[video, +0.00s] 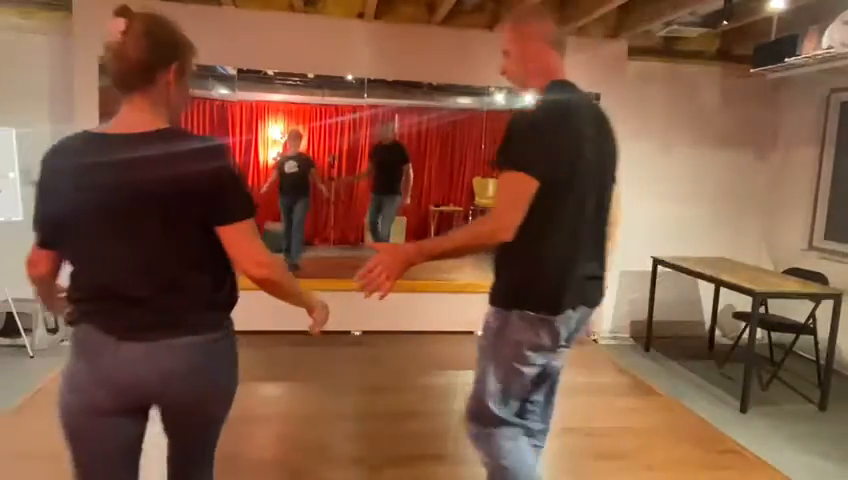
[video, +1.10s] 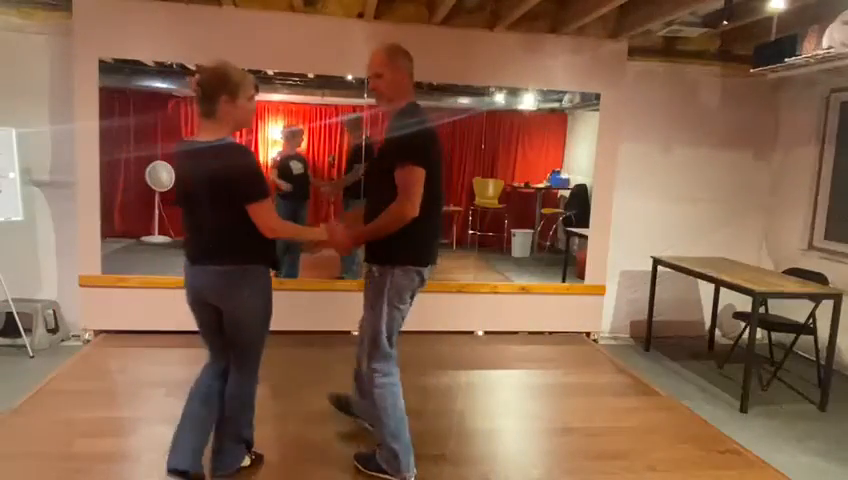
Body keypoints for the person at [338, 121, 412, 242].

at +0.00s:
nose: (386, 134)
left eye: (389, 130)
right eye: (384, 129)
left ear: (394, 131)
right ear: (380, 130)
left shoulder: (399, 148)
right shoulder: (376, 148)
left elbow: (408, 172)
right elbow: (370, 170)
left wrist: (407, 194)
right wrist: (354, 178)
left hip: (393, 192)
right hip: (377, 191)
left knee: (386, 223)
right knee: (372, 220)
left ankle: (384, 246)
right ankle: (379, 244)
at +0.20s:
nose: (381, 135)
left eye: (384, 132)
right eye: (379, 132)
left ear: (390, 132)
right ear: (375, 132)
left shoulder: (395, 149)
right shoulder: (372, 149)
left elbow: (403, 173)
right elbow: (367, 170)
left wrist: (398, 191)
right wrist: (353, 177)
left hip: (388, 193)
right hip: (373, 192)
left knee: (384, 226)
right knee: (365, 224)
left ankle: (381, 249)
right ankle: (359, 248)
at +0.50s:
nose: (371, 134)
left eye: (374, 130)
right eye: (369, 130)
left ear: (380, 131)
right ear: (365, 132)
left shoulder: (387, 148)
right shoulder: (363, 151)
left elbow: (391, 175)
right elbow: (356, 174)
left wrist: (375, 190)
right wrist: (337, 183)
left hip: (382, 195)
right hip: (365, 194)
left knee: (380, 230)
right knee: (360, 230)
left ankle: (379, 260)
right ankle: (354, 262)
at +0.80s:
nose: (358, 132)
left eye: (361, 128)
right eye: (356, 128)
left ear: (368, 128)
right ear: (352, 130)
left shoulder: (376, 146)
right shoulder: (354, 149)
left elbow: (375, 173)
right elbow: (351, 176)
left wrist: (355, 187)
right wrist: (333, 185)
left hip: (372, 196)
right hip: (356, 196)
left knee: (372, 232)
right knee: (356, 232)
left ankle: (377, 265)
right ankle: (355, 268)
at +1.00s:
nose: (349, 132)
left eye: (351, 128)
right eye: (350, 128)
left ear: (355, 128)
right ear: (360, 127)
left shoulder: (366, 147)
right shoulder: (355, 148)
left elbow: (363, 173)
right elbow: (353, 174)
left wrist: (341, 186)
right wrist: (338, 186)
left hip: (362, 196)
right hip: (352, 196)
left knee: (356, 232)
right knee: (354, 232)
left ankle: (355, 269)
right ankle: (354, 268)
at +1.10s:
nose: (347, 132)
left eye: (349, 128)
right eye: (348, 128)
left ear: (353, 128)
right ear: (358, 126)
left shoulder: (362, 148)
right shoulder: (354, 148)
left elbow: (357, 172)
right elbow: (351, 173)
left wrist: (337, 185)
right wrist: (336, 185)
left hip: (358, 195)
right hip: (352, 195)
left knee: (351, 231)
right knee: (351, 231)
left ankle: (350, 269)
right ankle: (350, 268)